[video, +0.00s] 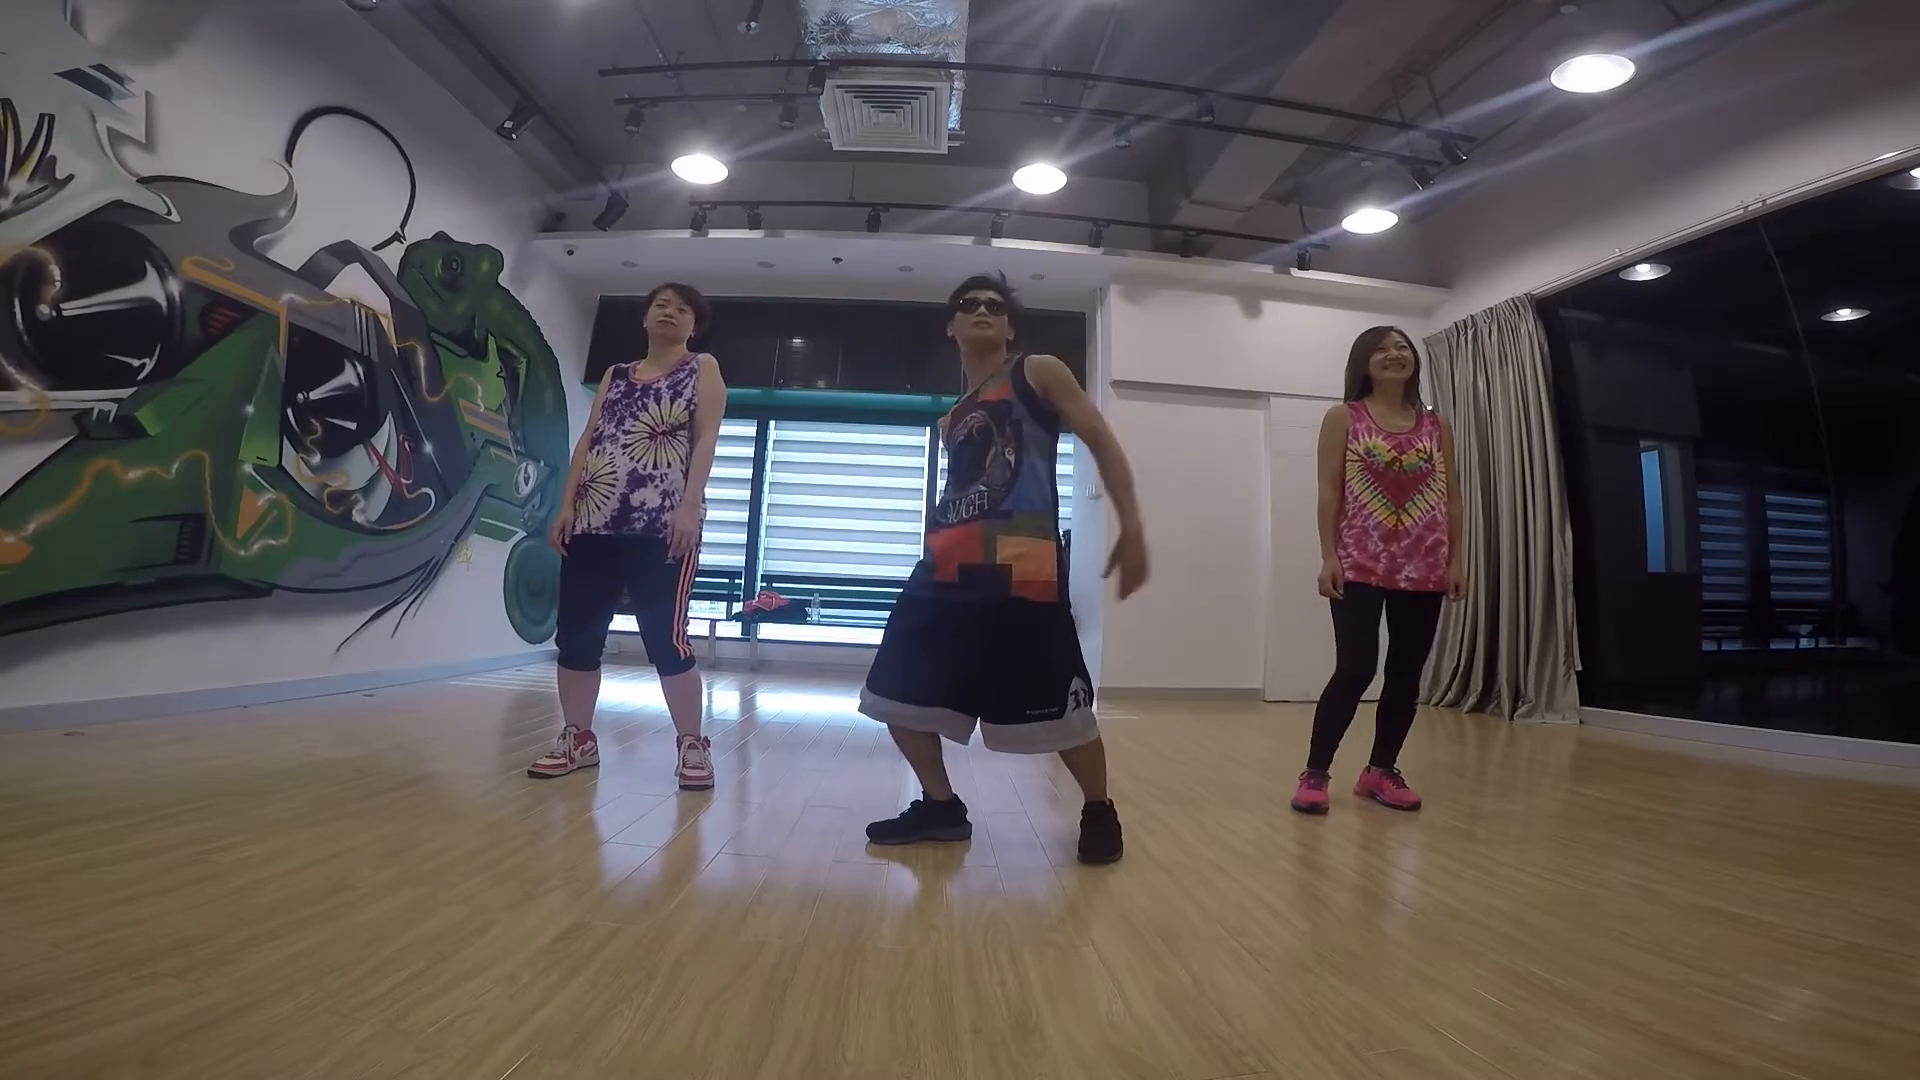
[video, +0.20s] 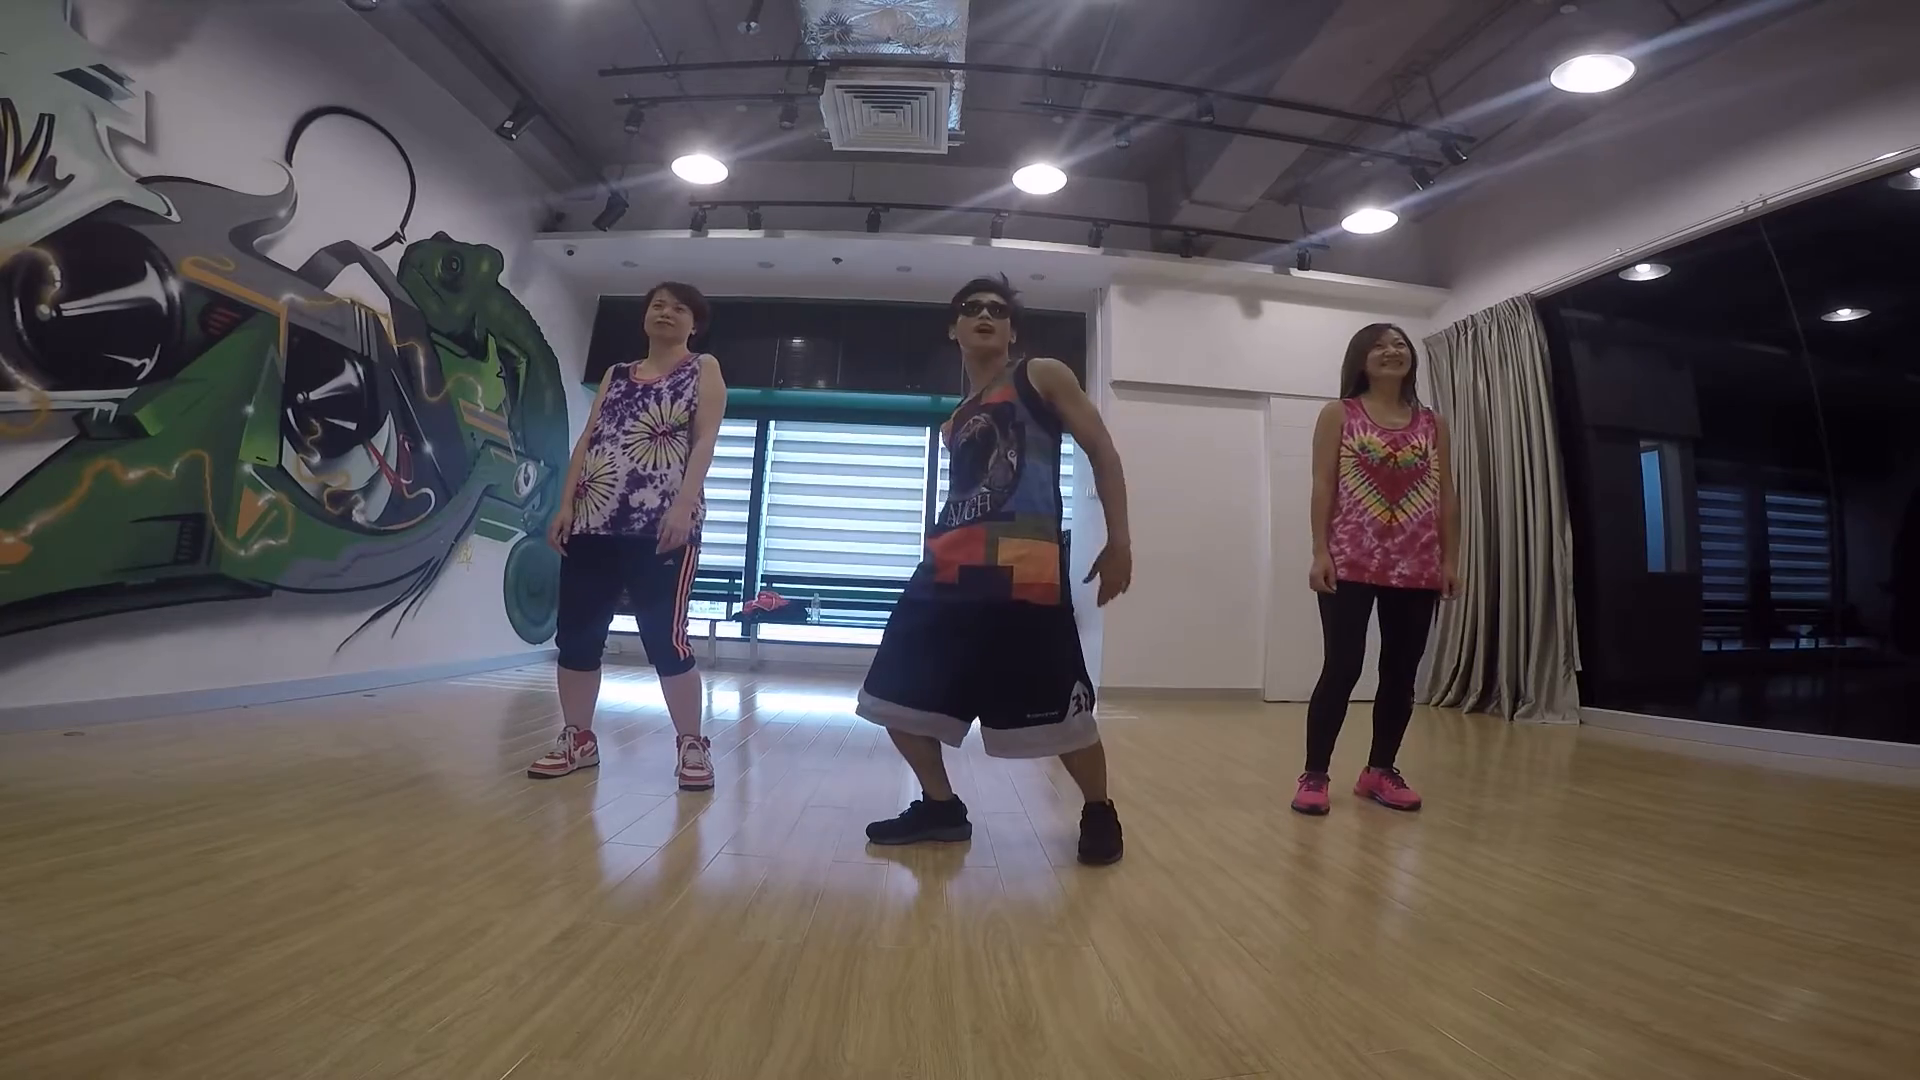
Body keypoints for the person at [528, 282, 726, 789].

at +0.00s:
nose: (669, 312)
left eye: (681, 308)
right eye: (661, 305)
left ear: (694, 326)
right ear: (645, 317)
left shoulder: (702, 369)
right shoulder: (616, 375)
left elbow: (705, 441)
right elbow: (586, 443)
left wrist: (690, 506)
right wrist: (566, 503)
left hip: (659, 527)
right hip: (593, 523)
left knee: (667, 643)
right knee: (576, 637)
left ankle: (691, 744)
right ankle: (578, 741)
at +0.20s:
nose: (665, 311)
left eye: (678, 307)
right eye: (658, 304)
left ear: (694, 325)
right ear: (644, 317)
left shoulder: (703, 369)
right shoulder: (616, 375)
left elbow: (704, 441)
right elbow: (586, 442)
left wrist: (684, 505)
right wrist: (566, 503)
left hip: (660, 528)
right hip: (592, 525)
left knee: (666, 643)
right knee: (577, 637)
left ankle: (691, 744)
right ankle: (578, 741)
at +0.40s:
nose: (667, 309)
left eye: (680, 305)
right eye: (659, 303)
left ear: (696, 322)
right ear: (645, 316)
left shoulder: (706, 368)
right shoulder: (618, 373)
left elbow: (709, 442)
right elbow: (588, 441)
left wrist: (688, 505)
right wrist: (570, 504)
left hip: (666, 528)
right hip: (599, 524)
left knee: (670, 643)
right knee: (579, 637)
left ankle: (692, 743)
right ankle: (578, 741)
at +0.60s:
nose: (669, 309)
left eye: (682, 304)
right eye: (661, 302)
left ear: (699, 322)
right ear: (648, 316)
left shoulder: (710, 368)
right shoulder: (622, 373)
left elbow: (714, 442)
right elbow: (594, 442)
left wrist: (698, 509)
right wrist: (579, 507)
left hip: (674, 528)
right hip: (607, 524)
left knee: (675, 643)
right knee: (580, 638)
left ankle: (692, 745)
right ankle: (578, 741)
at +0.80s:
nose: (670, 309)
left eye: (683, 304)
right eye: (662, 302)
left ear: (700, 321)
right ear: (649, 315)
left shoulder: (712, 367)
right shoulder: (625, 373)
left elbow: (716, 441)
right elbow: (599, 443)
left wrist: (699, 509)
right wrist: (584, 507)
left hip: (679, 527)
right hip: (613, 525)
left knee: (677, 641)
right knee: (572, 632)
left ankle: (693, 744)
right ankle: (578, 740)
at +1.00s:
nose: (666, 309)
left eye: (680, 305)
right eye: (659, 302)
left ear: (696, 322)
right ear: (645, 315)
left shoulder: (707, 371)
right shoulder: (615, 371)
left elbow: (707, 445)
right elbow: (586, 440)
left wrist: (693, 508)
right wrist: (569, 502)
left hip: (664, 528)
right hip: (597, 524)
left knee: (668, 642)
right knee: (572, 637)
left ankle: (691, 744)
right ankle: (582, 742)